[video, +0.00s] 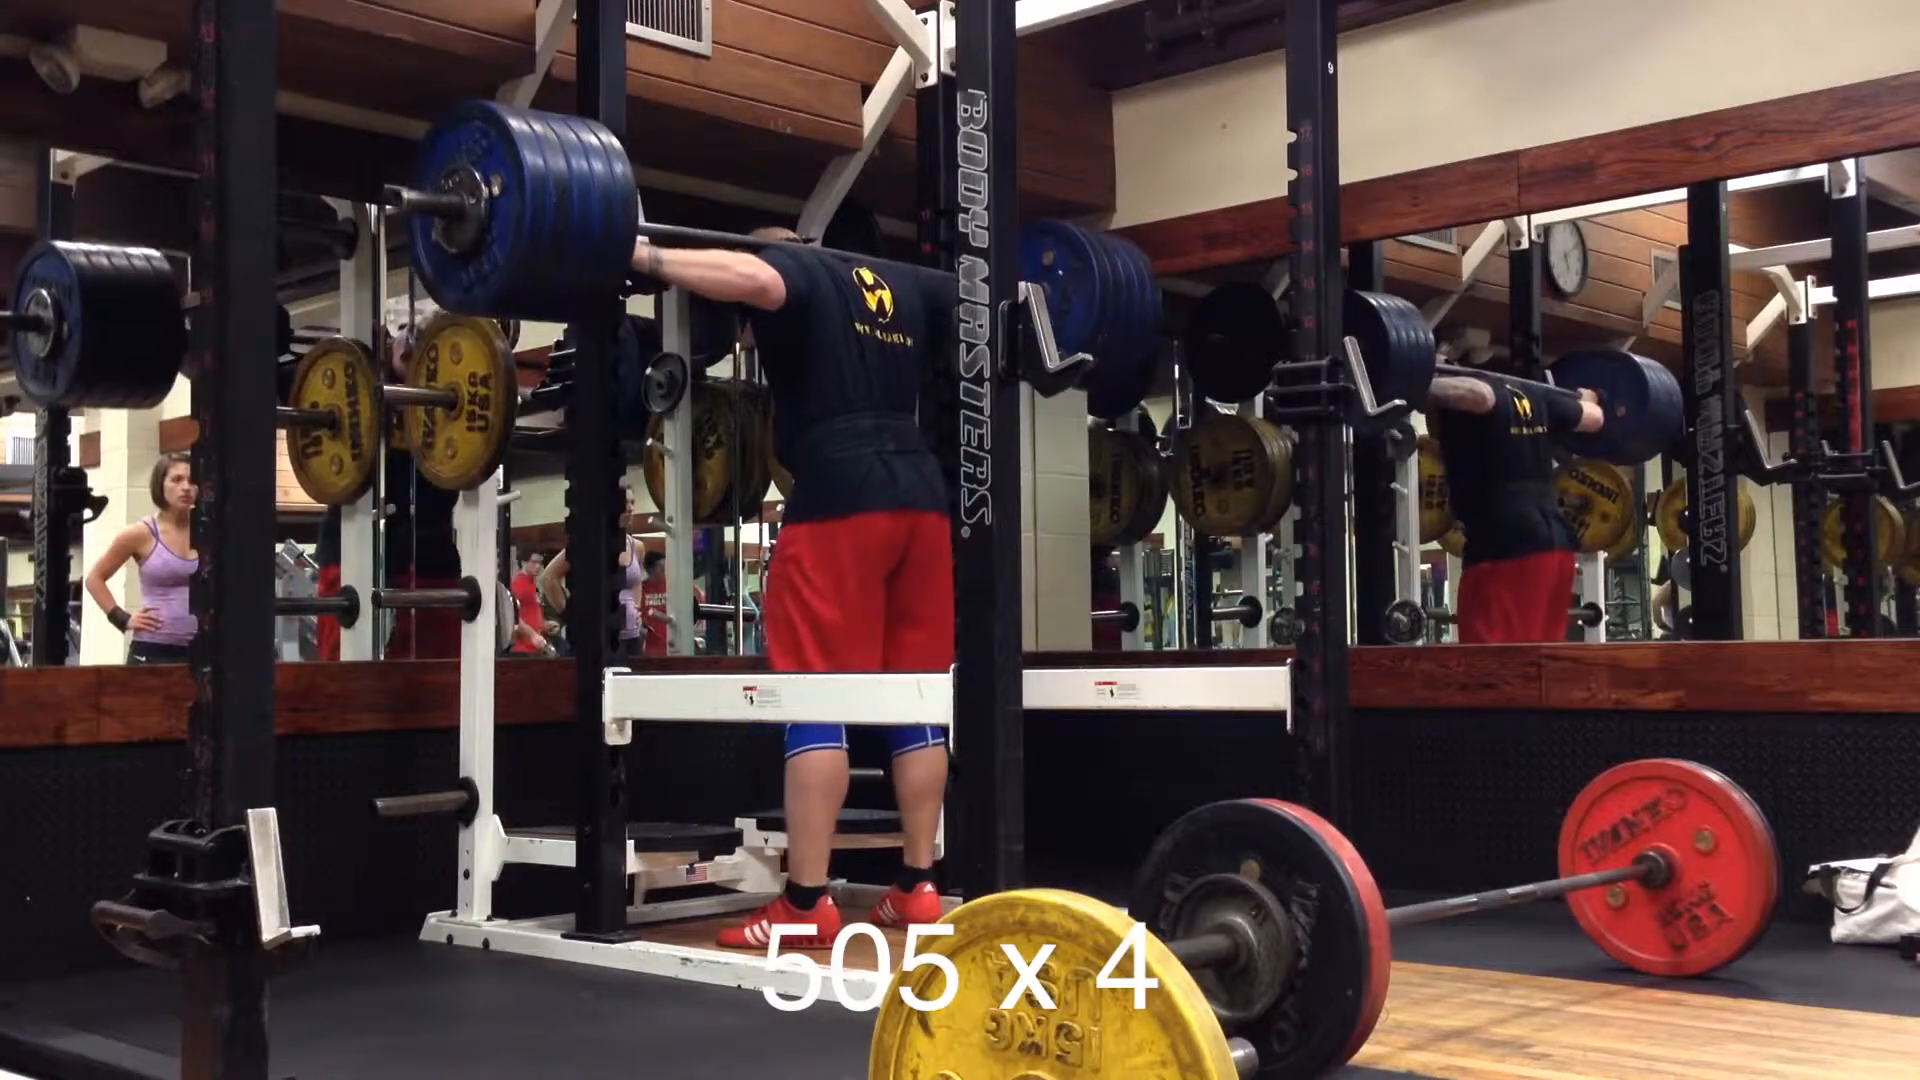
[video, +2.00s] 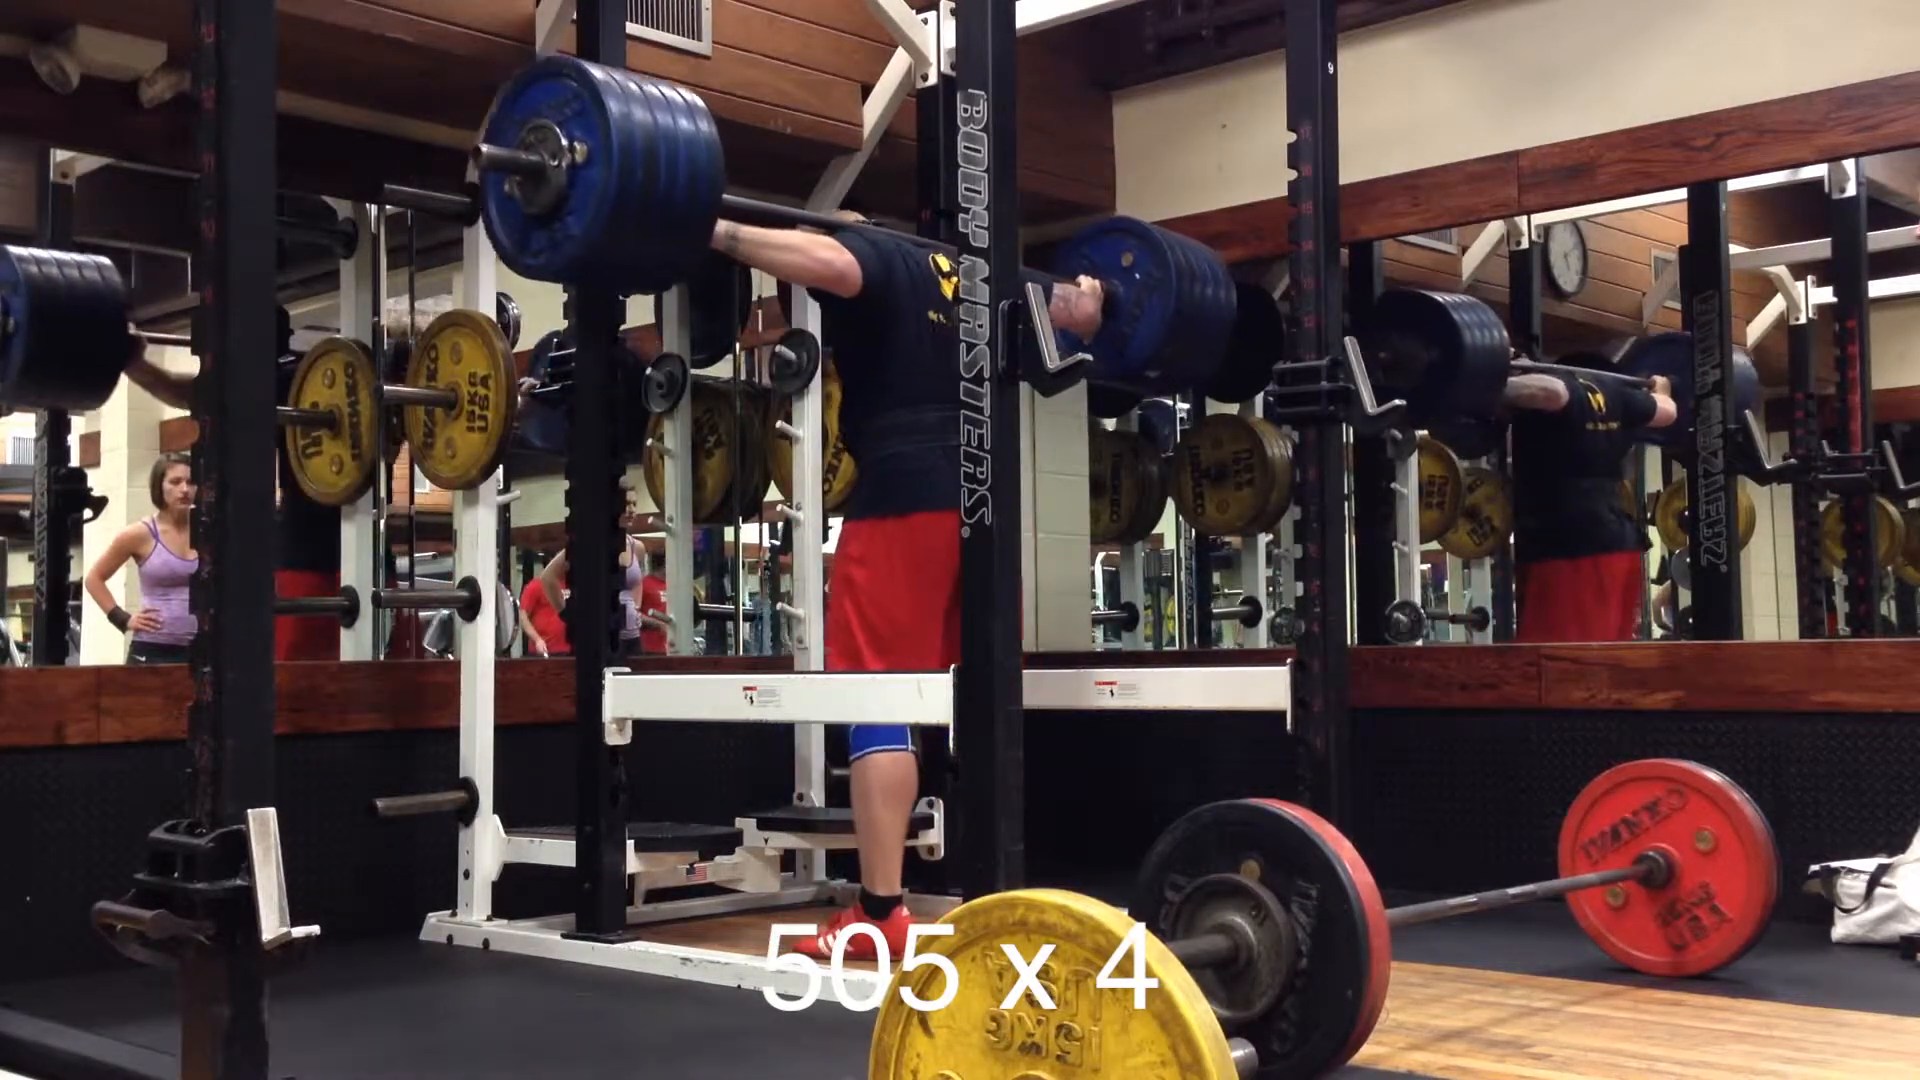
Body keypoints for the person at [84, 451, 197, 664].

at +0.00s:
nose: (186, 488)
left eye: (192, 480)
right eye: (177, 480)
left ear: (200, 487)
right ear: (160, 485)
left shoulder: (205, 529)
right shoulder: (140, 534)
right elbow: (94, 579)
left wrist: (212, 614)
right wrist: (123, 619)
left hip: (199, 647)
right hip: (153, 648)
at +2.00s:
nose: (185, 489)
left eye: (190, 482)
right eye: (175, 482)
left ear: (198, 487)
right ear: (159, 487)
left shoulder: (204, 528)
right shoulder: (140, 534)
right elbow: (93, 579)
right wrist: (124, 620)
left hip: (199, 648)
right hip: (153, 648)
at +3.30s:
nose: (191, 490)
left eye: (195, 483)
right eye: (182, 483)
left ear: (201, 487)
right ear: (162, 488)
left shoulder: (202, 530)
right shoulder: (141, 535)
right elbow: (93, 579)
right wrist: (123, 620)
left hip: (198, 648)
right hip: (153, 648)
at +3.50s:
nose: (203, 491)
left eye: (200, 485)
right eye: (197, 485)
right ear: (181, 491)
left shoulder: (205, 531)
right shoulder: (144, 534)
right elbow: (97, 580)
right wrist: (128, 620)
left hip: (201, 648)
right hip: (157, 649)